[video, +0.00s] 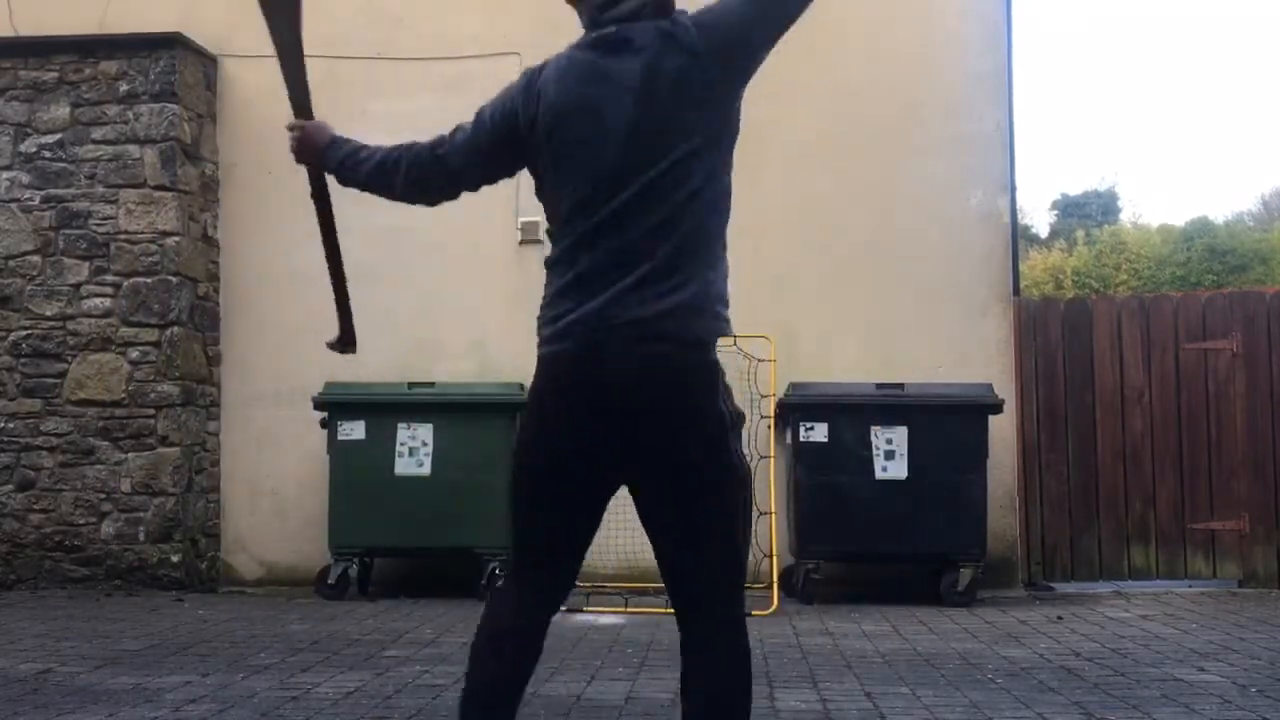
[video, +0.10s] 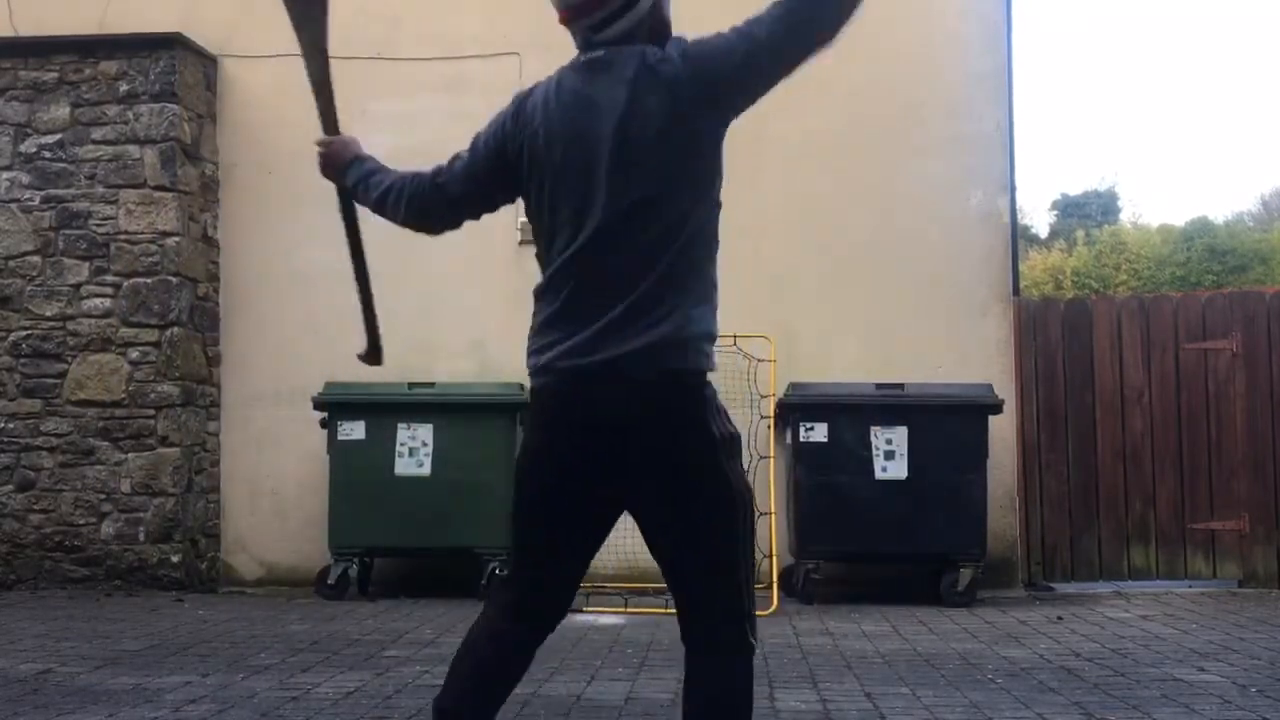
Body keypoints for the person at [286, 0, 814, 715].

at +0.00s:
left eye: (576, 7)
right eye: (680, 1)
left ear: (581, 8)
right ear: (664, 0)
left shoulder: (543, 91)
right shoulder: (708, 46)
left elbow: (432, 169)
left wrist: (328, 149)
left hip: (570, 381)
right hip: (679, 376)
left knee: (527, 593)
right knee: (713, 612)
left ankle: (481, 713)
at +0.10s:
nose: (670, 14)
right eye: (661, 8)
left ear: (567, 18)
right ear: (653, 11)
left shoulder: (533, 115)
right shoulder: (691, 75)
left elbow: (432, 200)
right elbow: (809, 19)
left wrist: (353, 168)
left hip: (562, 411)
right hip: (670, 403)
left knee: (523, 606)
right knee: (719, 630)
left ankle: (449, 711)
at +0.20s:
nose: (648, 30)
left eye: (643, 17)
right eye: (642, 17)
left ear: (555, 30)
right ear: (625, 22)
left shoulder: (502, 125)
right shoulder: (646, 97)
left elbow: (430, 245)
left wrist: (418, 204)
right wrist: (895, 89)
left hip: (537, 421)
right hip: (640, 417)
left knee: (536, 610)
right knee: (711, 633)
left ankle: (431, 712)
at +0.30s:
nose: (614, 24)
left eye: (611, 12)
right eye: (608, 11)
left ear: (524, 22)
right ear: (582, 17)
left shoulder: (456, 118)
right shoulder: (599, 98)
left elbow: (441, 259)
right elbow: (655, 230)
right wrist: (786, 311)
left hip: (487, 400)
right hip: (586, 397)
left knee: (524, 595)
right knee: (667, 617)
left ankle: (432, 716)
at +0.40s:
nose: (586, 32)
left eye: (583, 15)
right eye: (577, 14)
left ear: (497, 23)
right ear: (539, 18)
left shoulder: (445, 108)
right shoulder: (533, 107)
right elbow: (567, 263)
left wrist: (605, 312)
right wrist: (689, 346)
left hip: (429, 398)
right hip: (508, 398)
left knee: (492, 613)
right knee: (615, 609)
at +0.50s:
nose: (554, 64)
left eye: (554, 45)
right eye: (546, 42)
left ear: (485, 47)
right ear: (502, 45)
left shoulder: (436, 123)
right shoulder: (468, 131)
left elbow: (475, 298)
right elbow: (493, 288)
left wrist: (581, 273)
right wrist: (620, 343)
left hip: (380, 424)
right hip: (429, 423)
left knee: (469, 628)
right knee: (570, 610)